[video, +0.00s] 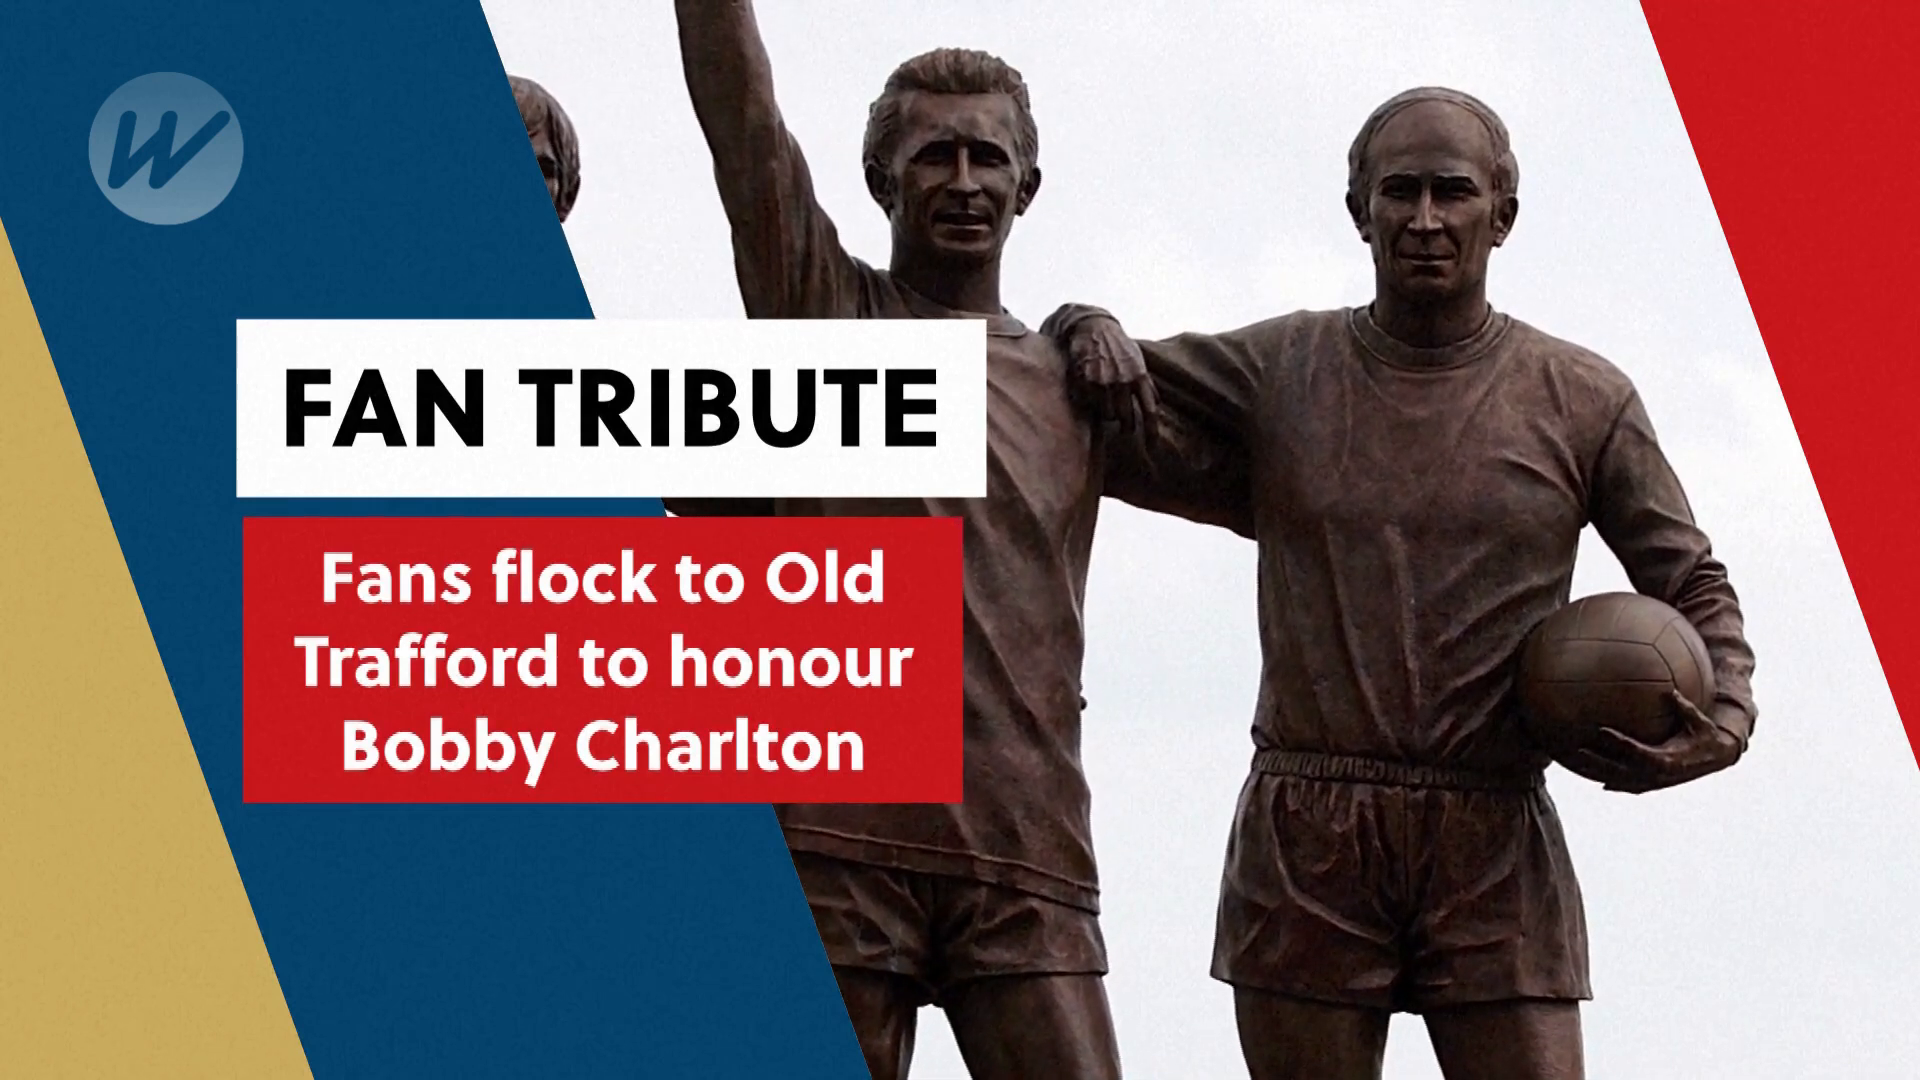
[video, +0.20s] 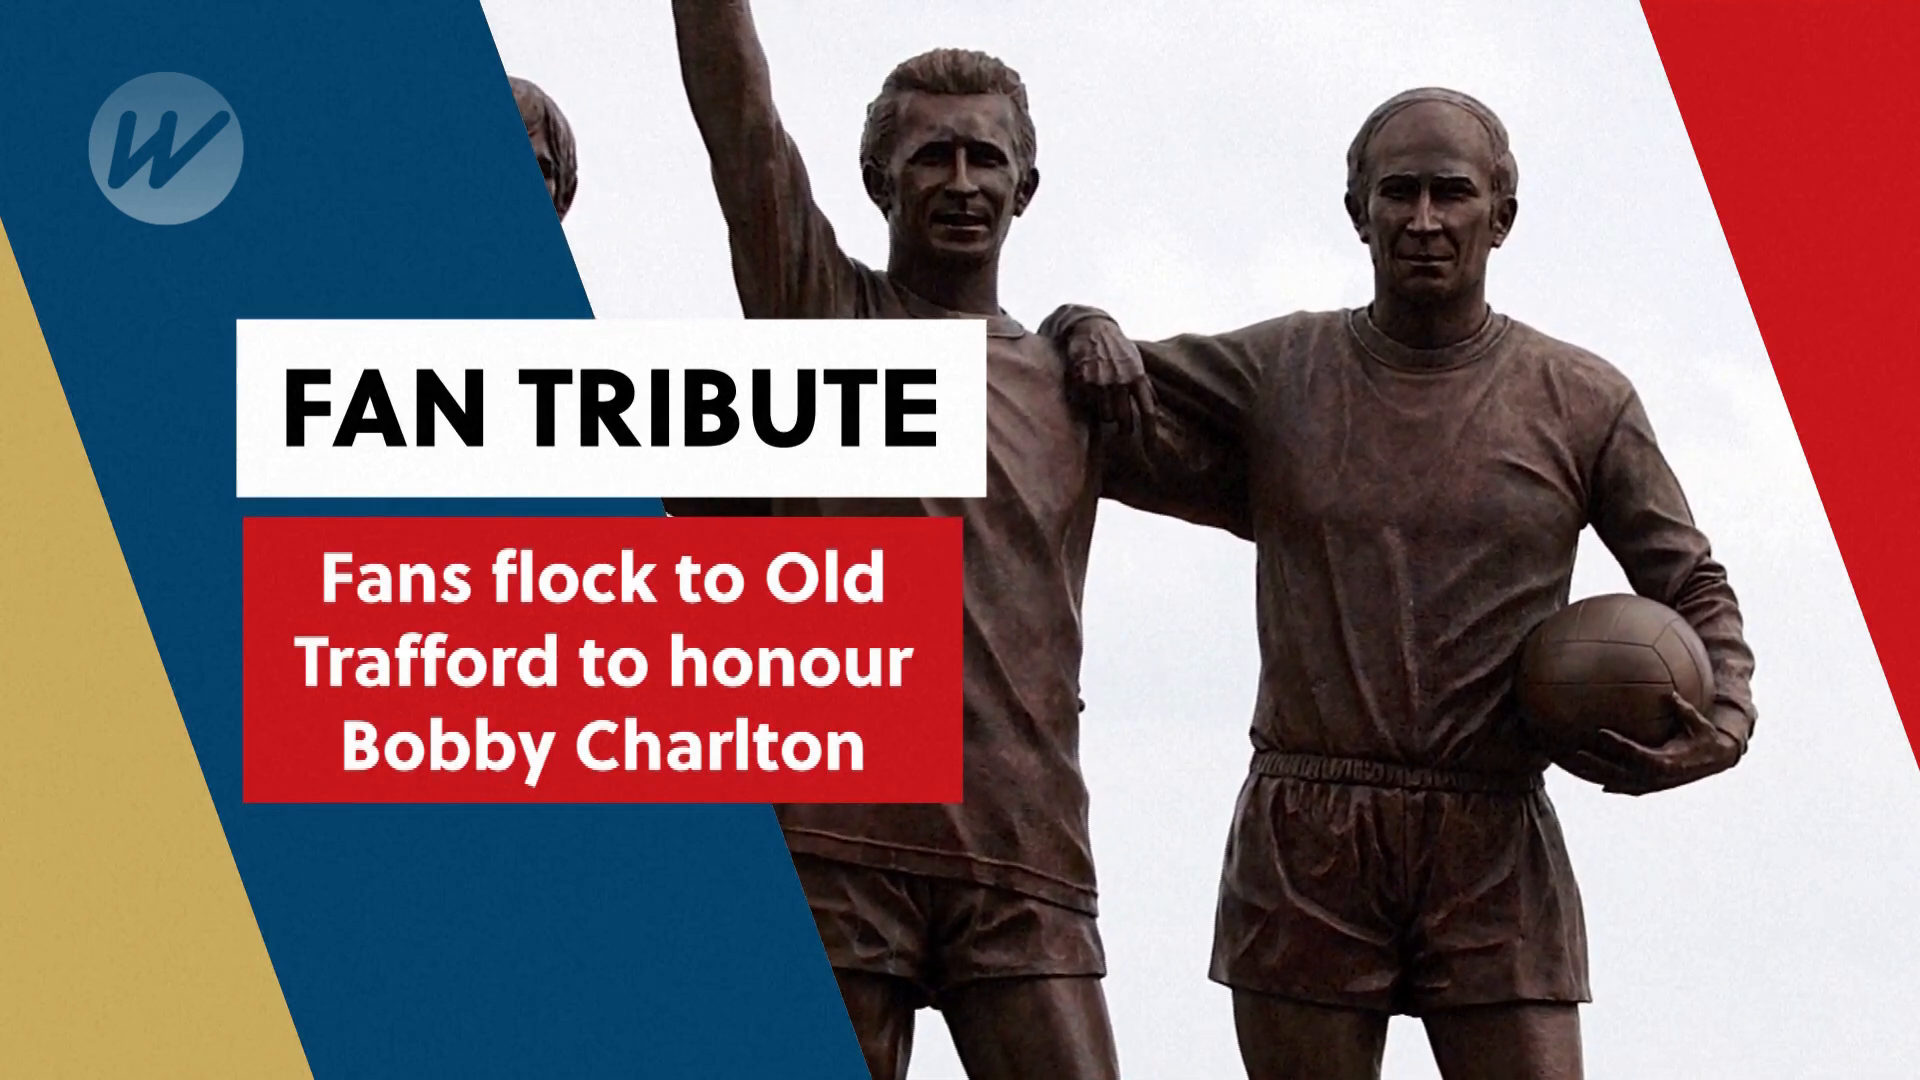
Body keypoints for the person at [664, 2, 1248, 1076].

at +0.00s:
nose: (963, 178)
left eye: (987, 156)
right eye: (933, 156)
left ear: (1024, 184)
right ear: (882, 182)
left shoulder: (1077, 388)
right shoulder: (820, 314)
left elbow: (1283, 482)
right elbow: (741, 122)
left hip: (1027, 859)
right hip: (833, 851)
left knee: (1079, 1067)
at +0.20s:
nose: (962, 179)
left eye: (986, 157)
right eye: (932, 156)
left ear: (1022, 185)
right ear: (879, 183)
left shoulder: (1074, 389)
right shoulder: (817, 315)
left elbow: (1281, 487)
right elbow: (734, 111)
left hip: (1025, 862)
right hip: (830, 853)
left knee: (1076, 1062)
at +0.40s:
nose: (959, 180)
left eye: (984, 157)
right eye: (930, 157)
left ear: (1020, 184)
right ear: (877, 181)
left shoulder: (1072, 391)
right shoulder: (816, 316)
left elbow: (1280, 490)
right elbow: (736, 123)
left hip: (1023, 865)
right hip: (829, 856)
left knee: (1073, 1061)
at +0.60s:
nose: (958, 181)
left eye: (982, 158)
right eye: (928, 158)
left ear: (1019, 184)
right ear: (874, 181)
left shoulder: (1071, 390)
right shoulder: (813, 318)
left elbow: (1278, 487)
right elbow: (733, 126)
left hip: (1020, 863)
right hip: (827, 858)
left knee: (1073, 1067)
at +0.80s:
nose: (956, 182)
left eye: (980, 158)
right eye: (926, 158)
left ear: (1017, 185)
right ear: (873, 182)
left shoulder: (1069, 390)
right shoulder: (811, 318)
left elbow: (1272, 488)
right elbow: (731, 128)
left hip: (1018, 865)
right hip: (826, 860)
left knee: (1068, 1061)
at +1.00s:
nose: (955, 183)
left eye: (979, 159)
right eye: (924, 159)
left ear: (1017, 187)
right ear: (870, 183)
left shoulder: (1070, 393)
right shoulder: (808, 319)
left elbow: (1270, 487)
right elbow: (729, 125)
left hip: (1017, 867)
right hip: (824, 862)